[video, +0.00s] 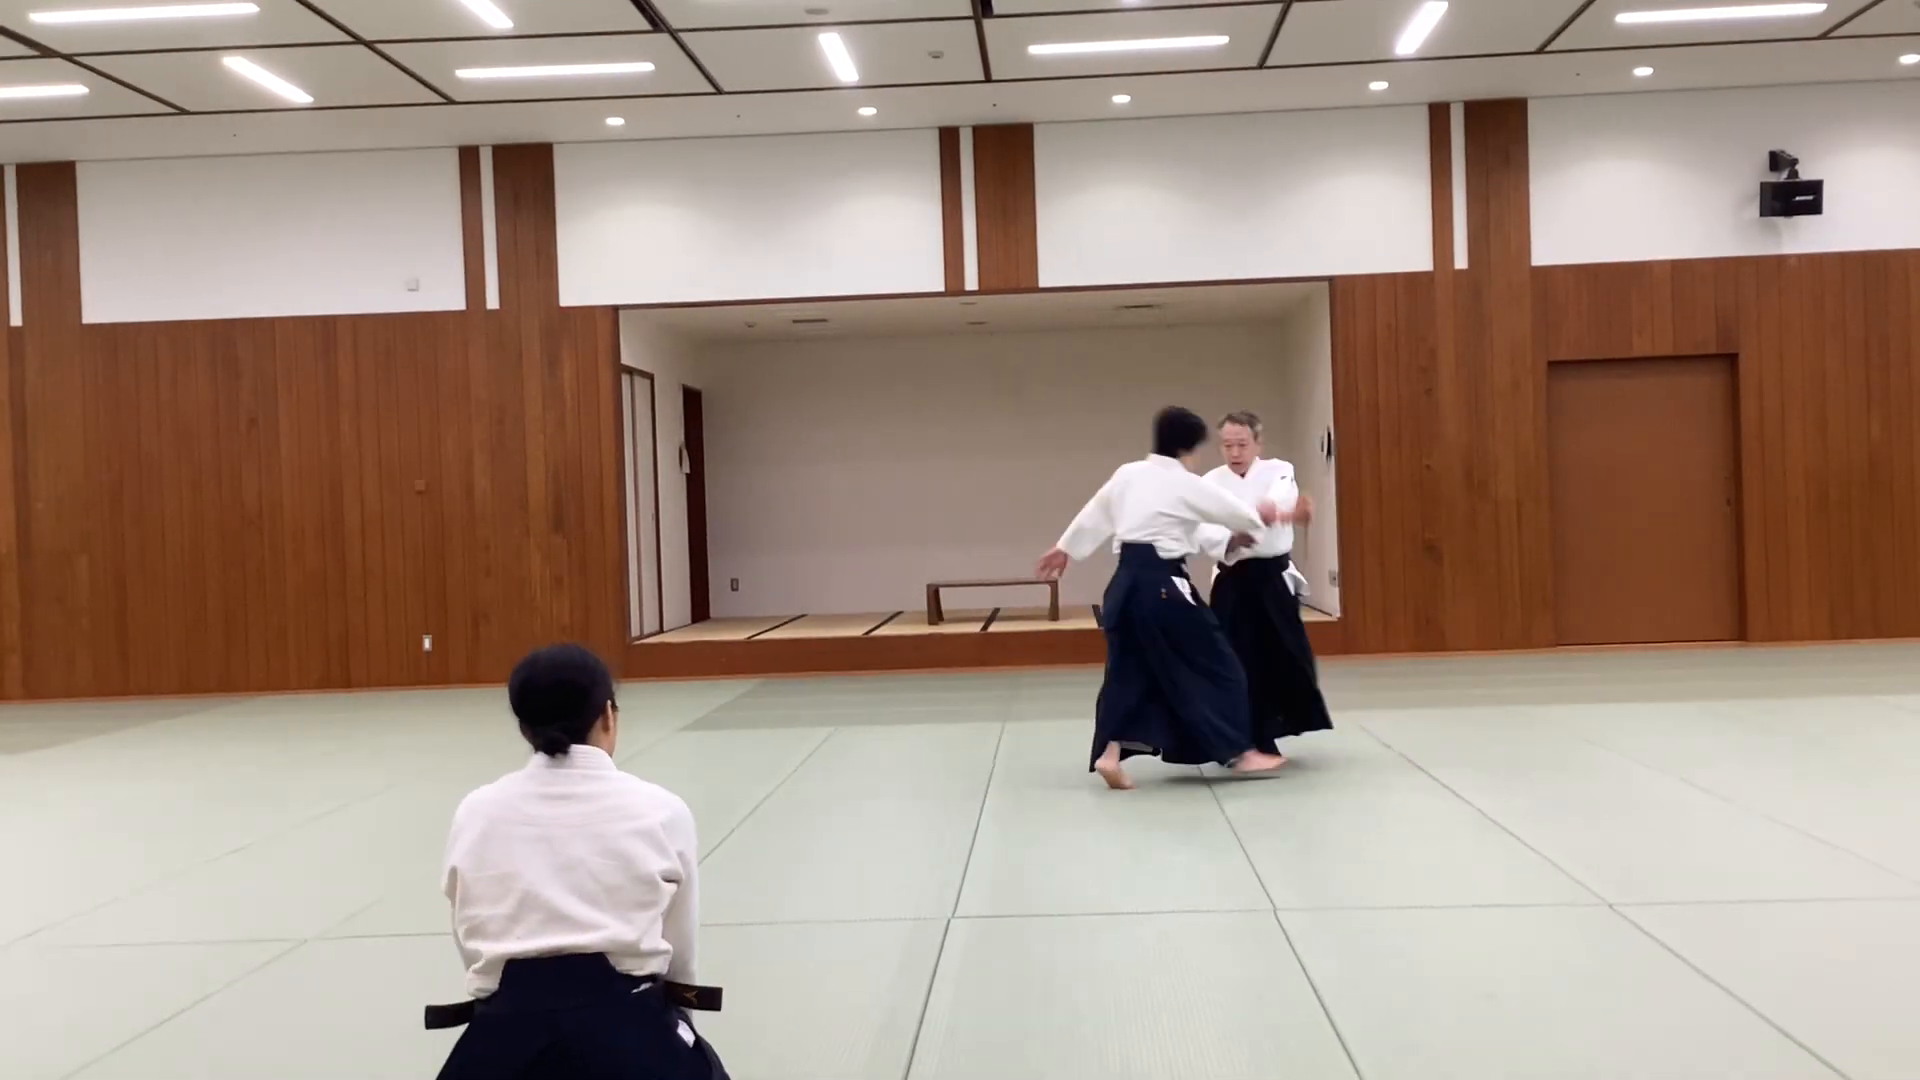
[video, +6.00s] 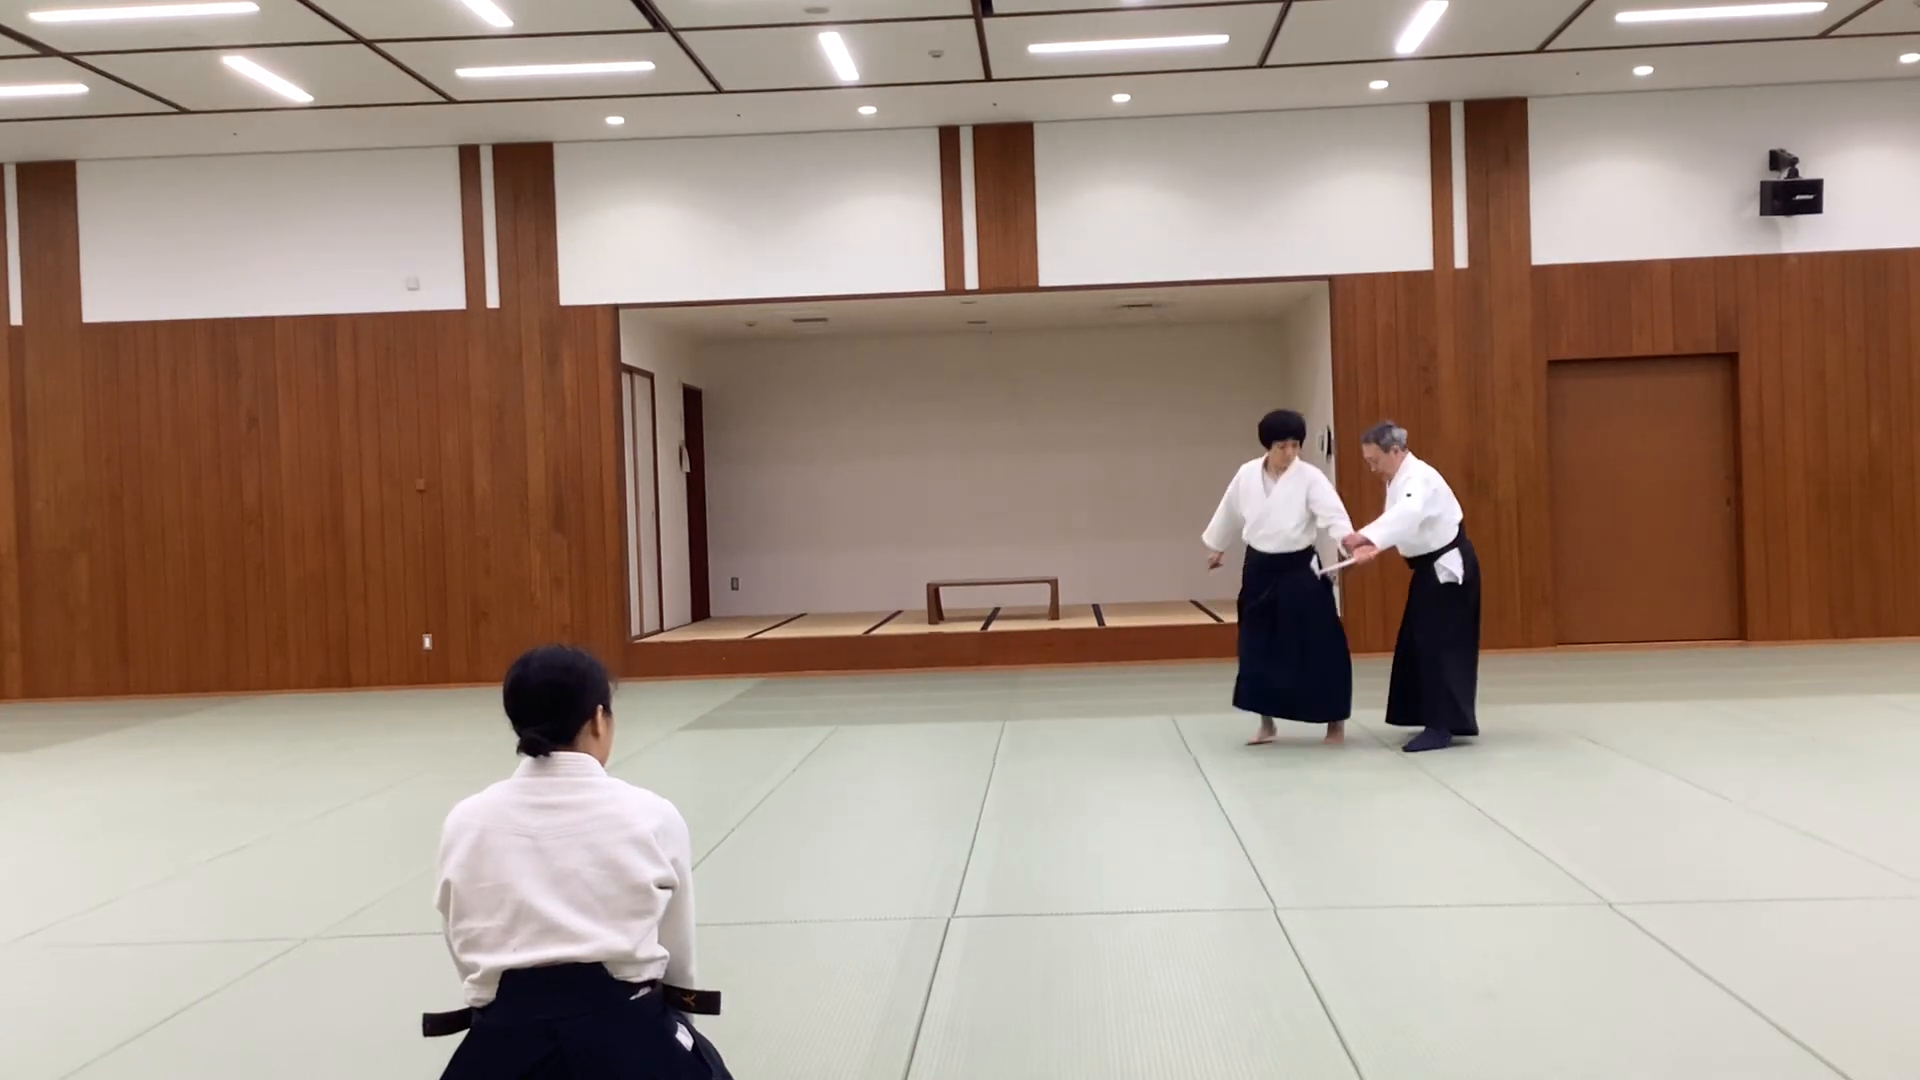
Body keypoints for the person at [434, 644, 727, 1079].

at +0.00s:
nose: (616, 719)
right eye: (615, 708)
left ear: (524, 727)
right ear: (607, 716)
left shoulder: (476, 812)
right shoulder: (661, 810)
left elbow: (472, 950)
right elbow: (680, 959)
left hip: (507, 1038)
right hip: (631, 1035)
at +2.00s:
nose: (620, 721)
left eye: (618, 709)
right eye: (619, 710)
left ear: (527, 725)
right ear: (609, 717)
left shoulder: (475, 816)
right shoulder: (660, 817)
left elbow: (471, 951)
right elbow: (681, 965)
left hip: (507, 1042)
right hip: (630, 1040)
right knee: (701, 1052)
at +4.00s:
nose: (619, 726)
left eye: (619, 713)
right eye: (619, 714)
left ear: (528, 723)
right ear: (605, 721)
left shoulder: (469, 819)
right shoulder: (656, 817)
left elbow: (467, 955)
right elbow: (680, 965)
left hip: (504, 1046)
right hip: (629, 1043)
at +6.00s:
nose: (611, 726)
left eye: (610, 713)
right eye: (610, 714)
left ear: (519, 724)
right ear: (598, 721)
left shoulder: (465, 822)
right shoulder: (652, 816)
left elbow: (465, 957)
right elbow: (678, 966)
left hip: (503, 1048)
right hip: (629, 1043)